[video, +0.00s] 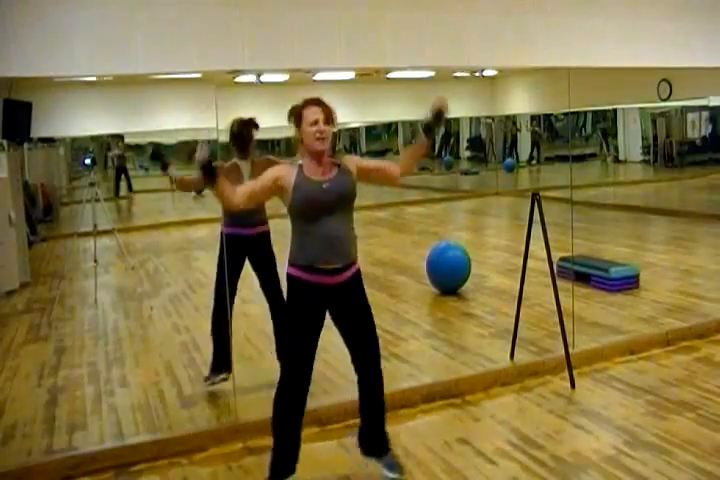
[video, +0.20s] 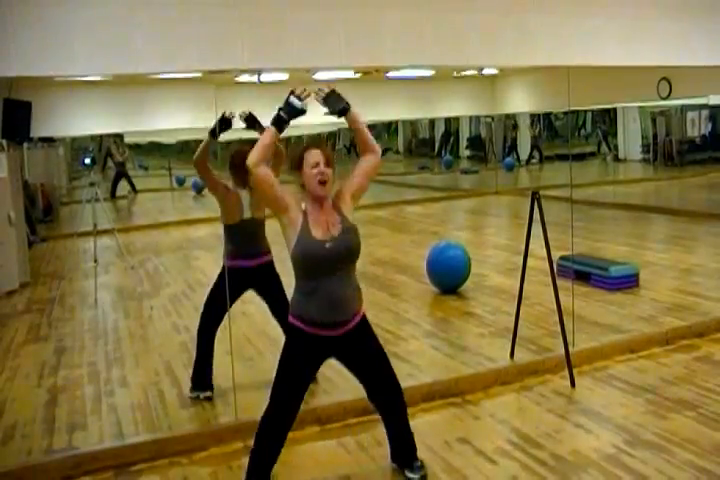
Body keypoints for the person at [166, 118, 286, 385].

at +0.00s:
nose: (247, 143)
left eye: (240, 138)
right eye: (250, 138)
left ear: (231, 142)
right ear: (253, 141)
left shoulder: (223, 171)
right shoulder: (268, 165)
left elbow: (191, 184)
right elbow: (296, 170)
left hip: (232, 238)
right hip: (259, 237)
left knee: (223, 300)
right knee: (276, 297)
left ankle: (221, 365)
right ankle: (289, 357)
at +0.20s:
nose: (236, 168)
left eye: (234, 165)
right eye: (245, 163)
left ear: (231, 170)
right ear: (255, 169)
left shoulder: (226, 194)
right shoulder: (264, 191)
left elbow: (200, 163)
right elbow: (280, 155)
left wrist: (213, 135)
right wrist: (260, 128)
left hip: (235, 271)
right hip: (264, 268)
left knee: (208, 325)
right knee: (287, 319)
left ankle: (202, 385)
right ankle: (308, 370)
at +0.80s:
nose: (240, 139)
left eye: (235, 134)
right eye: (246, 134)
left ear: (231, 138)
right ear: (254, 137)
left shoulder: (223, 170)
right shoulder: (268, 166)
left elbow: (201, 201)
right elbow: (282, 197)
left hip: (232, 241)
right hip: (261, 240)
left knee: (229, 302)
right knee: (268, 298)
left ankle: (233, 365)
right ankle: (274, 358)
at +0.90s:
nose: (251, 140)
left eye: (243, 134)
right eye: (252, 135)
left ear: (232, 140)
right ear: (254, 138)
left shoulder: (225, 168)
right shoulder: (267, 163)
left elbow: (188, 175)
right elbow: (298, 155)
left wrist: (172, 162)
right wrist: (309, 127)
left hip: (233, 237)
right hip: (261, 236)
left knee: (223, 300)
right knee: (276, 298)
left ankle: (220, 364)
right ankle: (292, 359)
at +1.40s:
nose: (248, 148)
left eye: (238, 143)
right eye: (250, 143)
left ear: (231, 147)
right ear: (253, 146)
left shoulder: (225, 179)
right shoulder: (267, 176)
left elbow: (207, 214)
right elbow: (284, 205)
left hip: (232, 247)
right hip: (261, 245)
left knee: (233, 309)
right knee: (266, 303)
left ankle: (239, 373)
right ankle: (273, 365)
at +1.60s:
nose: (242, 150)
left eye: (236, 145)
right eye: (247, 144)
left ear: (230, 149)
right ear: (253, 147)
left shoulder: (226, 181)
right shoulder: (265, 179)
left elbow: (217, 223)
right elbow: (278, 215)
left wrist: (198, 243)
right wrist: (277, 243)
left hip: (233, 250)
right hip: (260, 247)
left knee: (232, 307)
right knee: (264, 304)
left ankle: (241, 372)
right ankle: (267, 368)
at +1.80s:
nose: (256, 144)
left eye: (254, 140)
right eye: (252, 140)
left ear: (226, 146)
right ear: (248, 144)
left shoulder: (222, 173)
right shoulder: (264, 167)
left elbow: (189, 180)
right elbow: (296, 159)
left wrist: (179, 170)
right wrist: (294, 127)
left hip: (232, 244)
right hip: (261, 243)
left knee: (220, 305)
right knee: (277, 301)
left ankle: (216, 370)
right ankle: (291, 361)